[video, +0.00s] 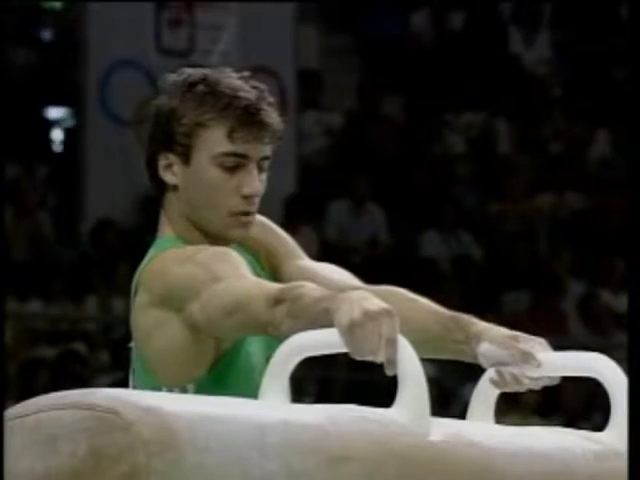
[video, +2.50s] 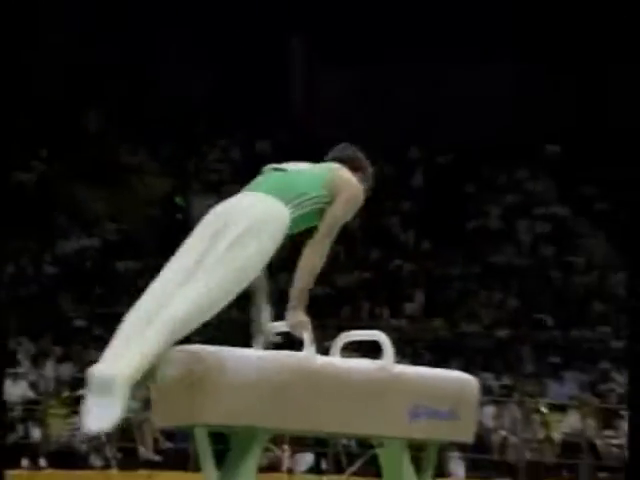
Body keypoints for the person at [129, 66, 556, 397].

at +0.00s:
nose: (254, 186)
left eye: (262, 166)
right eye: (231, 165)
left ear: (271, 163)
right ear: (171, 169)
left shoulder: (255, 238)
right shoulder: (182, 270)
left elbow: (357, 294)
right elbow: (272, 307)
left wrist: (478, 338)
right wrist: (342, 303)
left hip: (248, 467)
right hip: (188, 471)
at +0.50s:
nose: (250, 187)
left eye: (258, 166)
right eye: (227, 166)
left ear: (267, 164)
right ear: (167, 170)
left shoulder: (251, 238)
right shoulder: (177, 271)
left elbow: (355, 294)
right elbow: (270, 307)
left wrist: (480, 338)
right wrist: (341, 304)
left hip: (240, 466)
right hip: (181, 470)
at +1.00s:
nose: (244, 190)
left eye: (253, 170)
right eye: (221, 168)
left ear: (262, 167)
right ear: (162, 171)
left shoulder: (245, 239)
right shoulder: (166, 273)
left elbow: (353, 293)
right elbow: (264, 309)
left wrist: (476, 339)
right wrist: (339, 305)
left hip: (232, 467)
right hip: (168, 471)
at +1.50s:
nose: (243, 183)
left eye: (250, 161)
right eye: (219, 164)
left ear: (258, 157)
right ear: (161, 172)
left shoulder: (268, 210)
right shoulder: (169, 266)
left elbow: (381, 279)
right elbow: (268, 294)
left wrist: (476, 333)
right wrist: (342, 297)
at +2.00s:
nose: (285, 225)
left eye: (293, 211)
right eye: (274, 208)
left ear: (298, 208)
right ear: (226, 195)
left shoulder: (287, 251)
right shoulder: (189, 237)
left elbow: (346, 343)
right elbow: (235, 293)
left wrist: (411, 349)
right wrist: (323, 305)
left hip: (256, 430)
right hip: (181, 429)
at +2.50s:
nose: (360, 191)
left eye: (363, 186)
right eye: (362, 184)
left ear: (332, 163)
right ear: (355, 172)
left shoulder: (293, 173)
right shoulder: (350, 186)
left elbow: (253, 250)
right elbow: (318, 246)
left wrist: (262, 311)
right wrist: (297, 309)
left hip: (228, 210)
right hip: (263, 216)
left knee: (169, 283)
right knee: (202, 294)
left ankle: (109, 369)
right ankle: (122, 373)